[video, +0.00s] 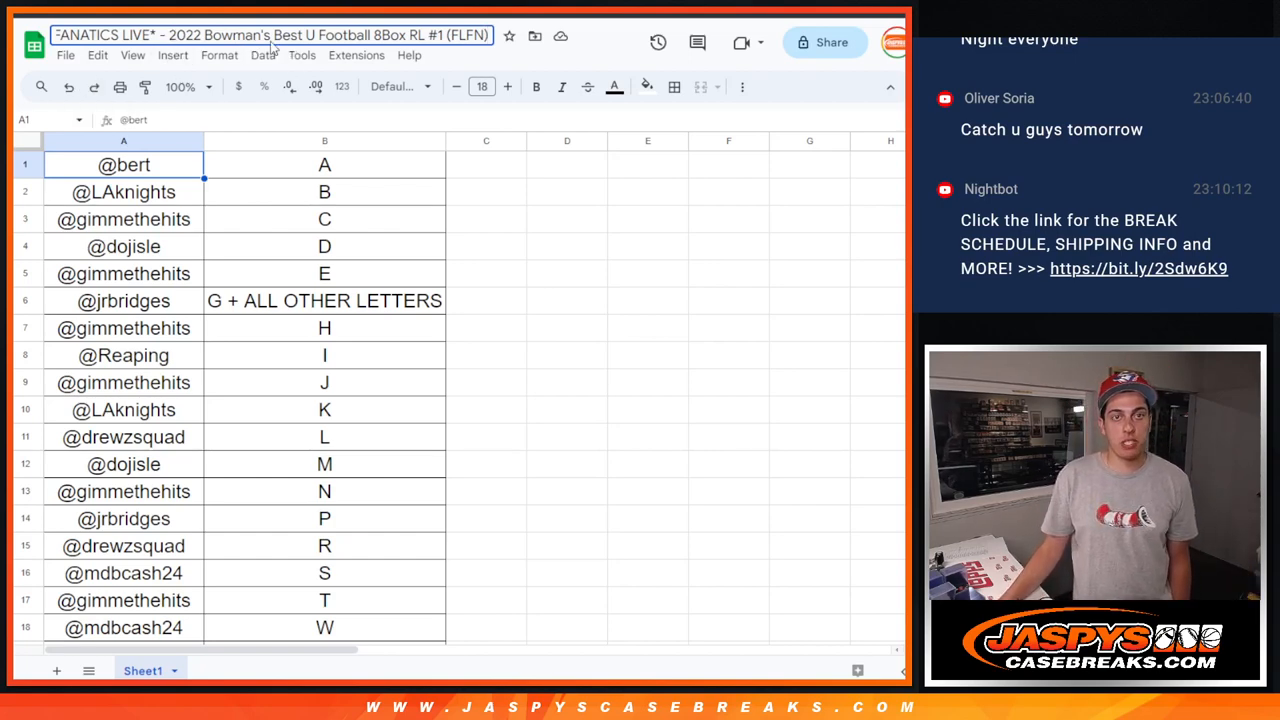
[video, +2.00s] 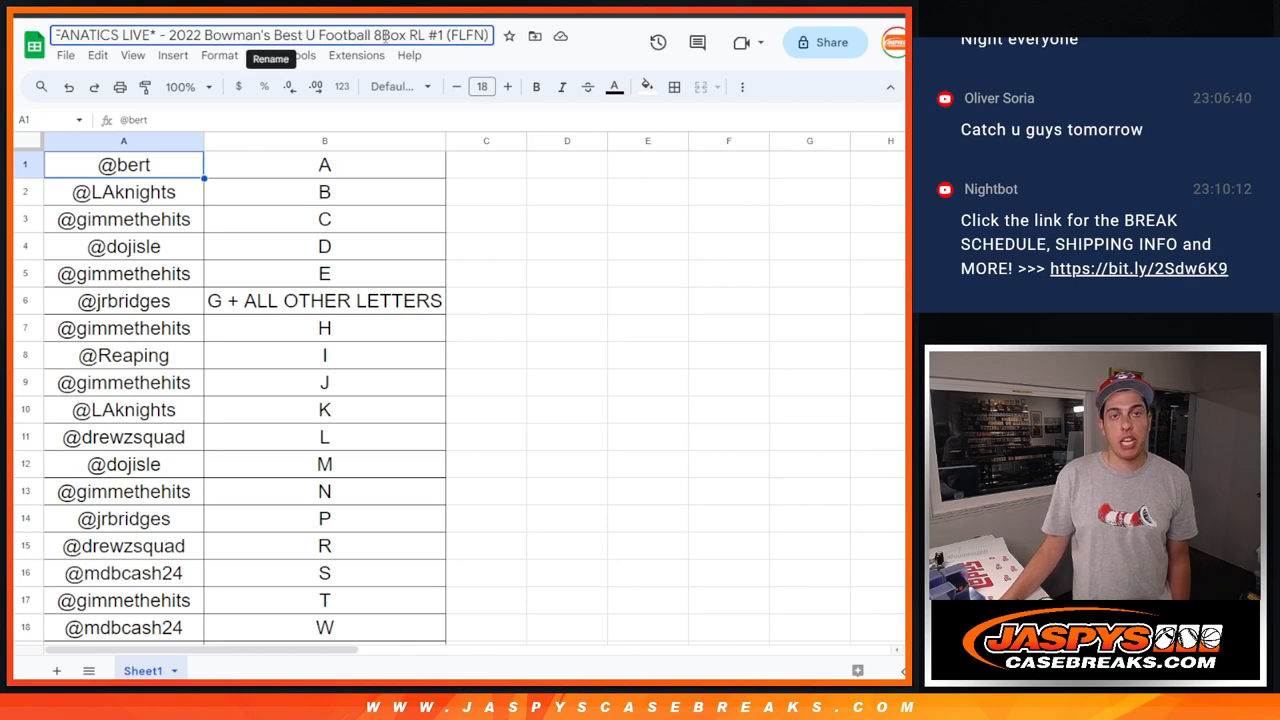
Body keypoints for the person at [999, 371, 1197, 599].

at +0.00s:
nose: (1129, 427)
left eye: (1138, 415)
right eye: (1117, 416)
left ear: (1150, 421)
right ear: (1102, 424)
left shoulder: (1174, 480)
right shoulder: (1074, 476)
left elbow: (1179, 557)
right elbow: (1051, 548)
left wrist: (1180, 612)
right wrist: (1005, 601)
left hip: (1152, 607)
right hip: (1090, 607)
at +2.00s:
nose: (1126, 424)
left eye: (1135, 413)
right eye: (1115, 415)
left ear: (1149, 421)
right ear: (1102, 425)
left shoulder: (1175, 480)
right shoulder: (1074, 475)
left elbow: (1179, 556)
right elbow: (1051, 549)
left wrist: (1180, 611)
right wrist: (1007, 599)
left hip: (1152, 606)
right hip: (1090, 606)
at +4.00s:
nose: (1126, 427)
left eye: (1136, 415)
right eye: (1114, 417)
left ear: (1150, 422)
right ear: (1102, 425)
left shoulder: (1175, 481)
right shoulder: (1074, 476)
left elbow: (1179, 558)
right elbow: (1051, 549)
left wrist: (1179, 611)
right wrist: (1007, 600)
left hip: (1153, 608)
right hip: (1090, 608)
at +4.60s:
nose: (1119, 429)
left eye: (1131, 416)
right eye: (1109, 418)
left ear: (1150, 422)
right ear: (1101, 423)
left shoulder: (1175, 481)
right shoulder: (1074, 475)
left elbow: (1180, 557)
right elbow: (1051, 549)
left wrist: (1180, 610)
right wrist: (1007, 599)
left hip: (1153, 605)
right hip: (1090, 605)